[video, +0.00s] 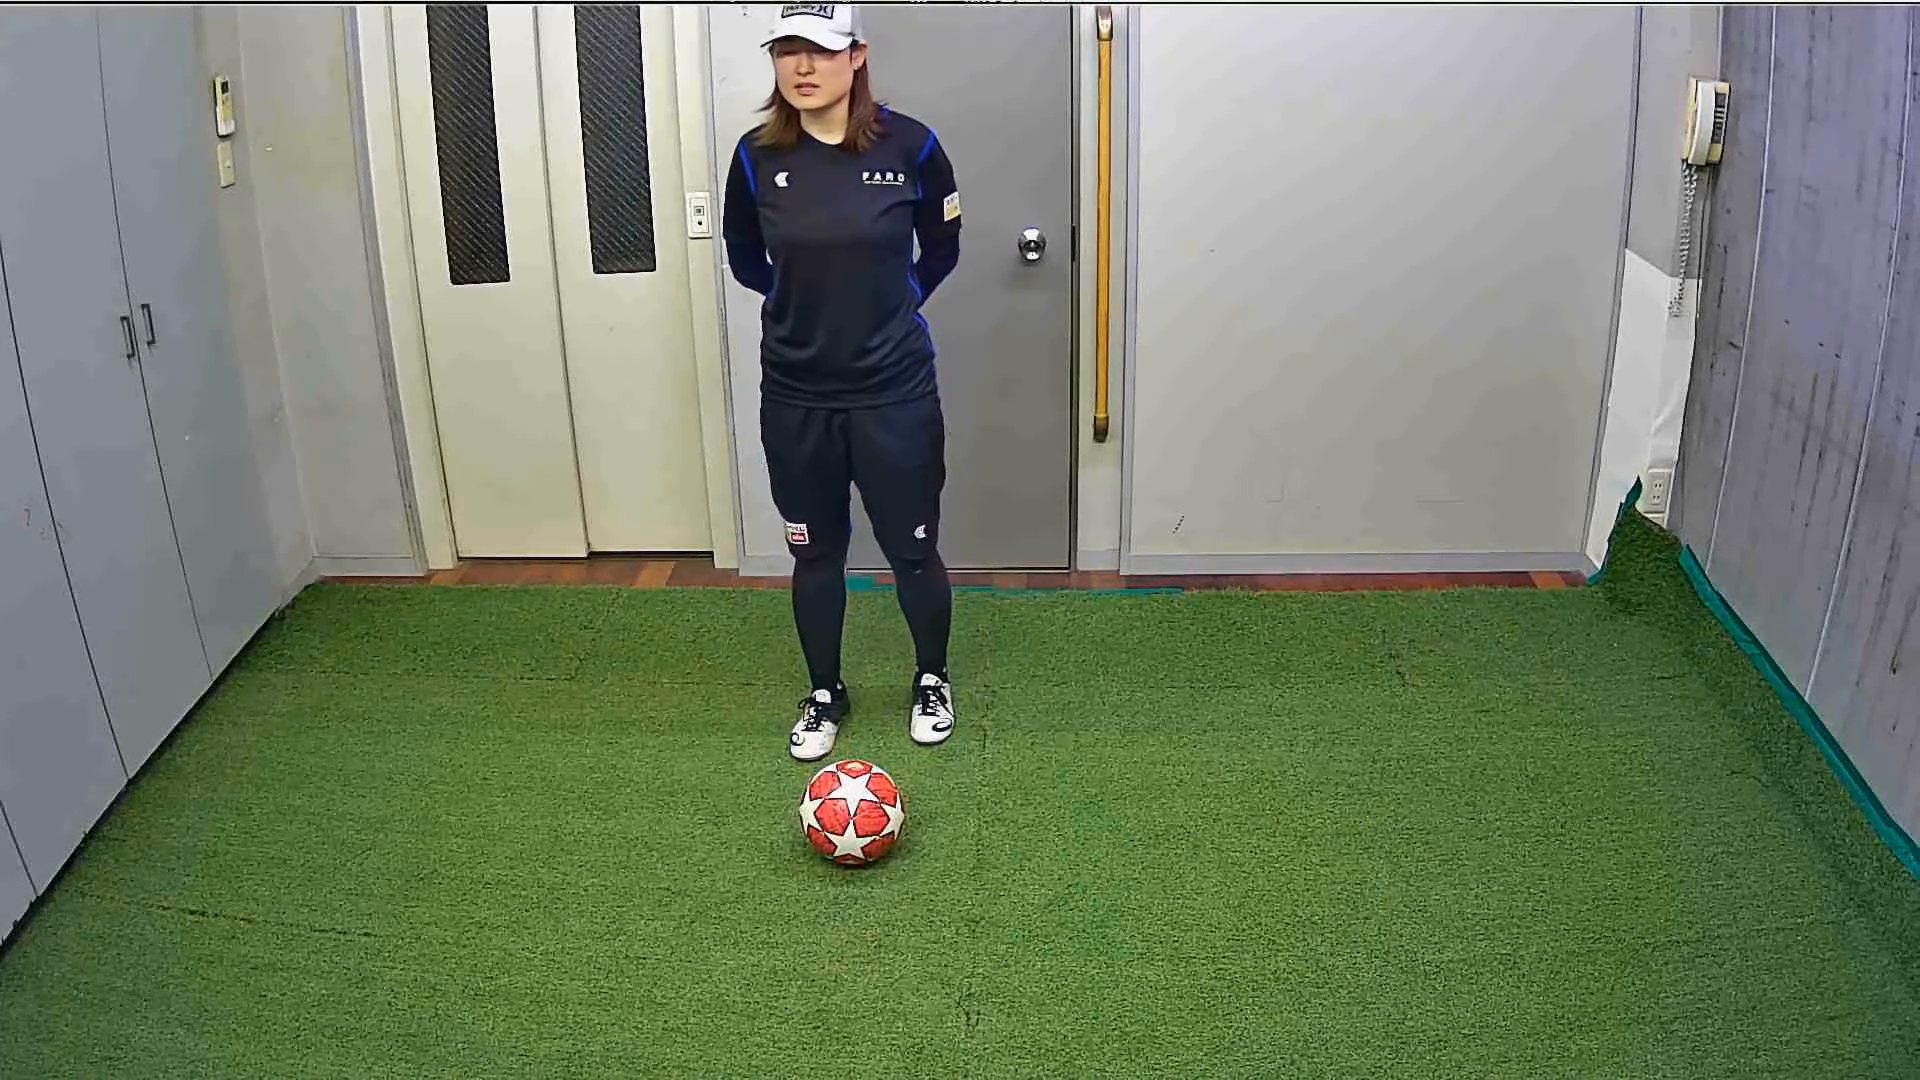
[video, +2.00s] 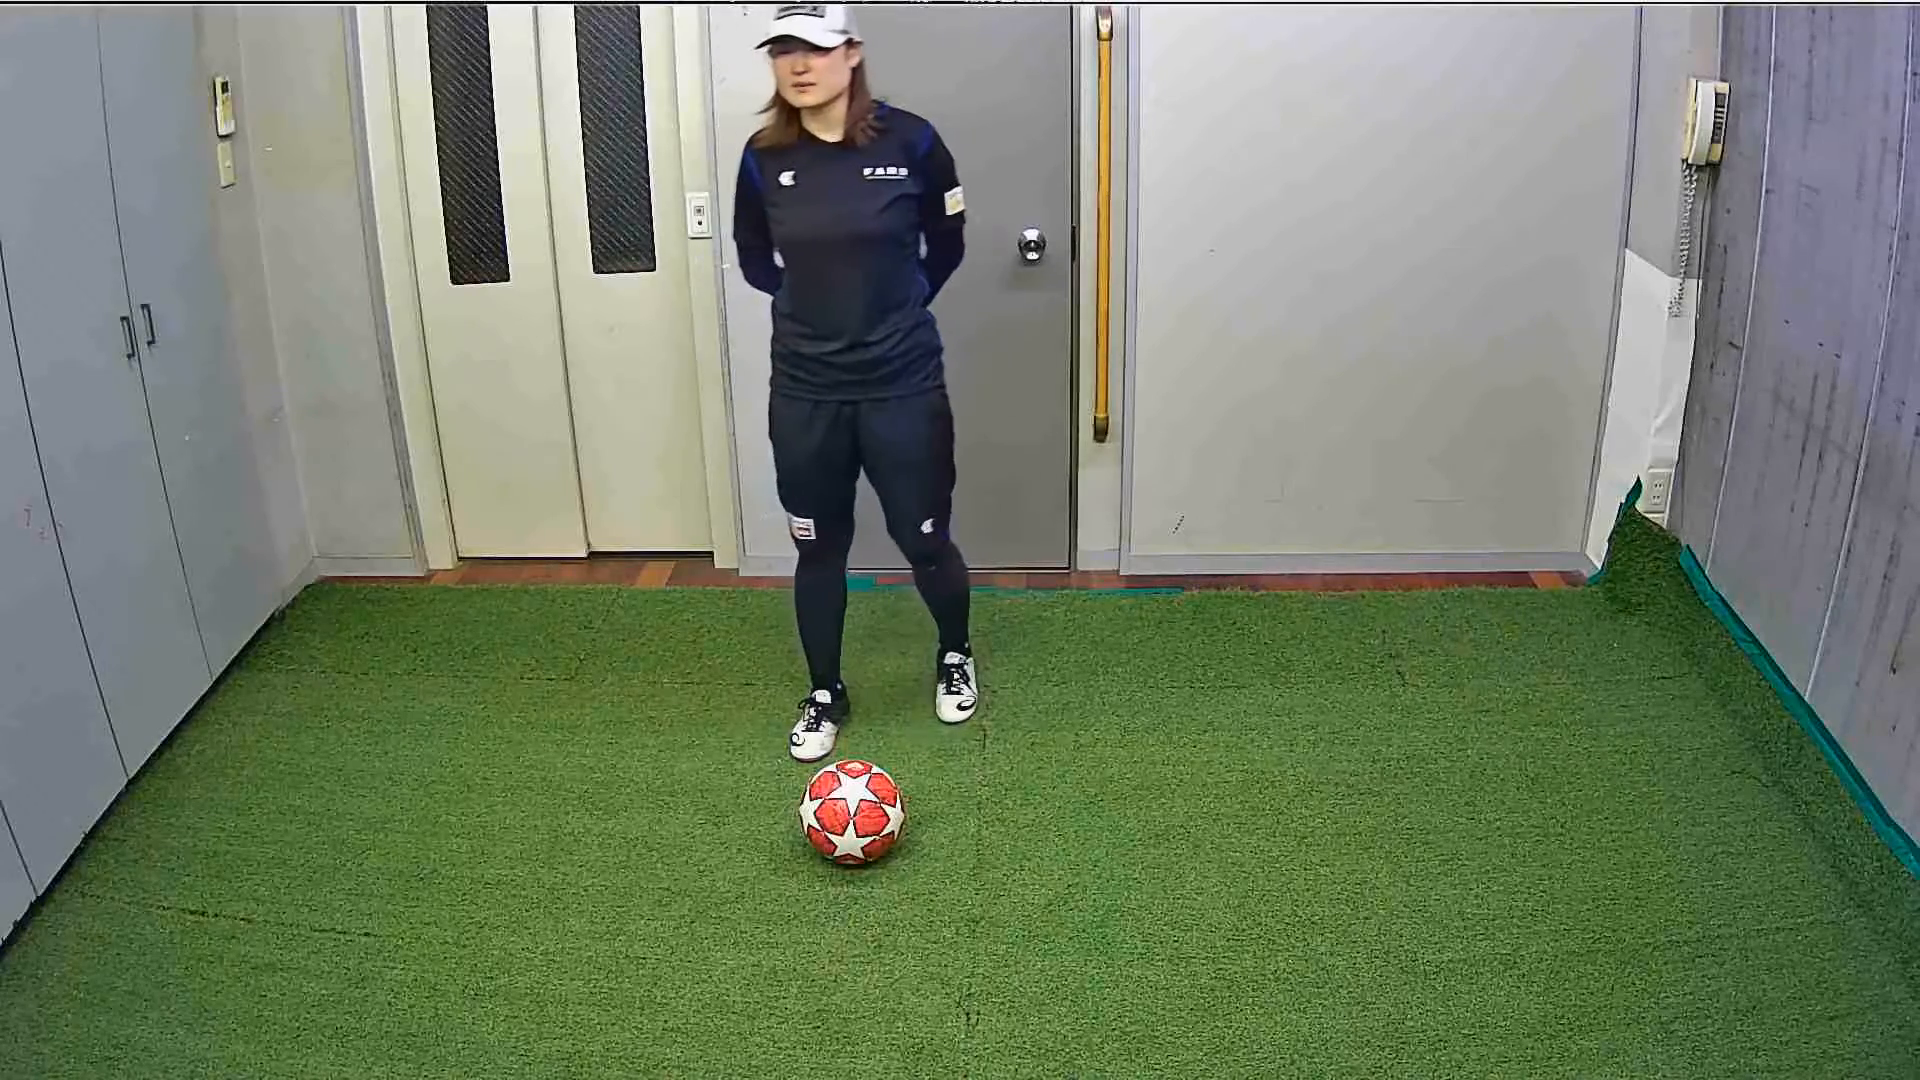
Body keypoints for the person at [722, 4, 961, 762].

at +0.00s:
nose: (801, 66)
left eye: (818, 51)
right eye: (789, 53)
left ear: (856, 60)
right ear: (775, 66)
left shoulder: (910, 146)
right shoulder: (755, 156)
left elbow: (943, 249)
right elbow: (743, 258)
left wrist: (887, 304)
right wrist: (805, 292)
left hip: (894, 388)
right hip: (795, 390)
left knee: (913, 551)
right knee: (812, 549)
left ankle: (931, 681)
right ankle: (825, 694)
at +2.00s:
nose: (799, 65)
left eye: (814, 50)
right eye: (787, 53)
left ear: (852, 56)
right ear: (775, 65)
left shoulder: (913, 141)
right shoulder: (762, 157)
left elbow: (948, 246)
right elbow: (754, 260)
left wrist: (892, 305)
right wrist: (816, 296)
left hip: (901, 382)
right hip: (805, 387)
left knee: (925, 537)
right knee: (815, 543)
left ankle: (955, 655)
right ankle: (825, 693)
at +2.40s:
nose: (874, 60)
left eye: (891, 47)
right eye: (862, 48)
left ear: (927, 57)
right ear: (848, 60)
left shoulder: (980, 144)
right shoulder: (830, 147)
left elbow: (1017, 232)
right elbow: (810, 242)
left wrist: (1026, 329)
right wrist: (863, 285)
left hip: (952, 372)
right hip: (859, 373)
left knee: (954, 528)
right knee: (844, 533)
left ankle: (956, 662)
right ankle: (826, 694)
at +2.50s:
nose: (890, 60)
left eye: (907, 47)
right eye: (878, 47)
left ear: (943, 56)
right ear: (863, 59)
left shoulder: (994, 142)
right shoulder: (845, 144)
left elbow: (1037, 226)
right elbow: (822, 240)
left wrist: (1045, 314)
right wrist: (872, 280)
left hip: (962, 366)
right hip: (868, 367)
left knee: (961, 522)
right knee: (851, 527)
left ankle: (956, 661)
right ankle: (830, 692)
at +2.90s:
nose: (930, 62)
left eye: (945, 49)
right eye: (917, 48)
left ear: (976, 55)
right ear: (900, 57)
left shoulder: (1014, 137)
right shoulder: (872, 133)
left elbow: (988, 241)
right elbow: (847, 241)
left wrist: (959, 143)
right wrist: (909, 278)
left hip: (976, 366)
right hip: (884, 363)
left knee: (971, 522)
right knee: (865, 524)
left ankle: (958, 662)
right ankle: (849, 684)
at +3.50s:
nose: (916, 56)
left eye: (933, 44)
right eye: (904, 42)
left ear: (965, 54)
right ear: (888, 54)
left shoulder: (1010, 142)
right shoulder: (864, 138)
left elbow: (1048, 246)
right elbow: (840, 238)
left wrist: (1011, 263)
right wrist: (896, 278)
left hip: (972, 368)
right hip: (879, 364)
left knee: (967, 522)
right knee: (863, 523)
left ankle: (957, 658)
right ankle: (851, 684)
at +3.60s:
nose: (915, 56)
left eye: (932, 44)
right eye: (903, 42)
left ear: (964, 55)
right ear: (887, 54)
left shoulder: (1010, 143)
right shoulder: (862, 139)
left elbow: (1045, 235)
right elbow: (841, 241)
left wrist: (1025, 300)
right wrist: (903, 281)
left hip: (972, 366)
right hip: (879, 364)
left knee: (969, 522)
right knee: (863, 524)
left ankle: (957, 658)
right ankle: (850, 684)